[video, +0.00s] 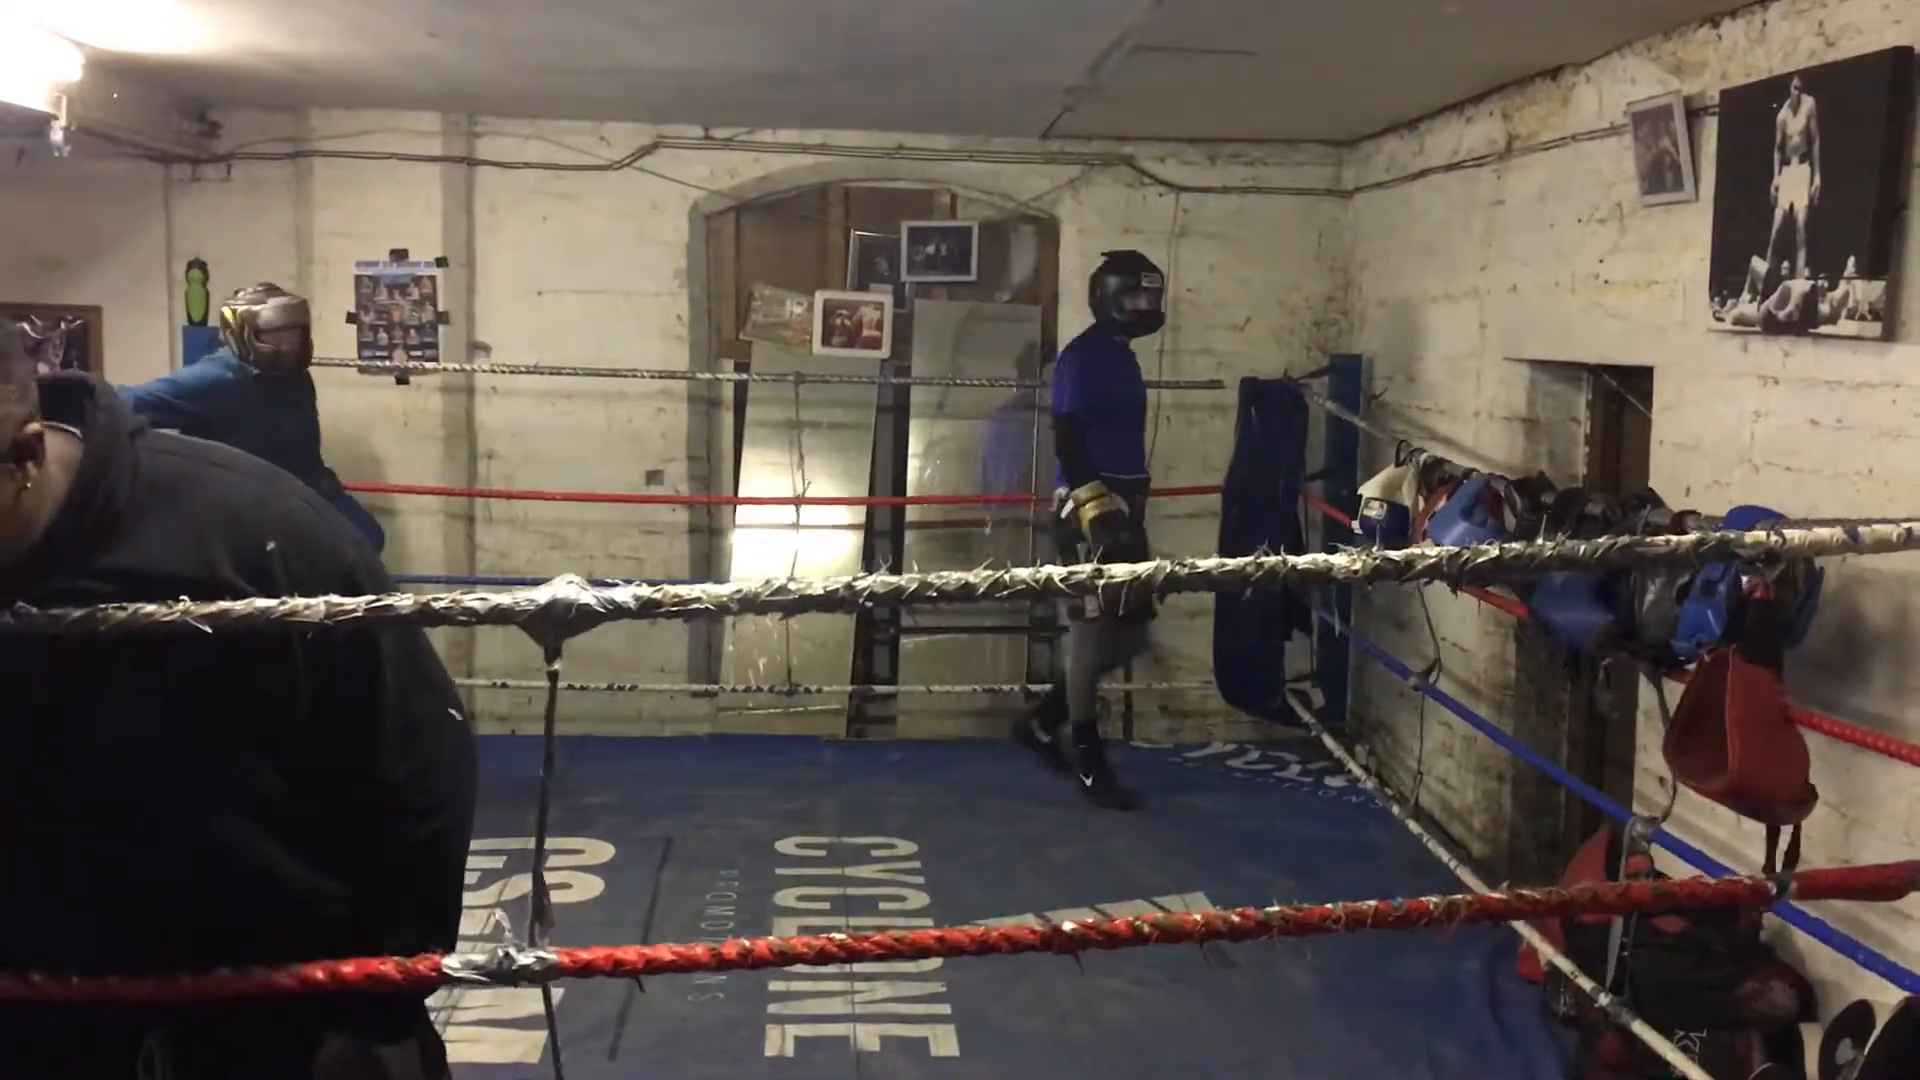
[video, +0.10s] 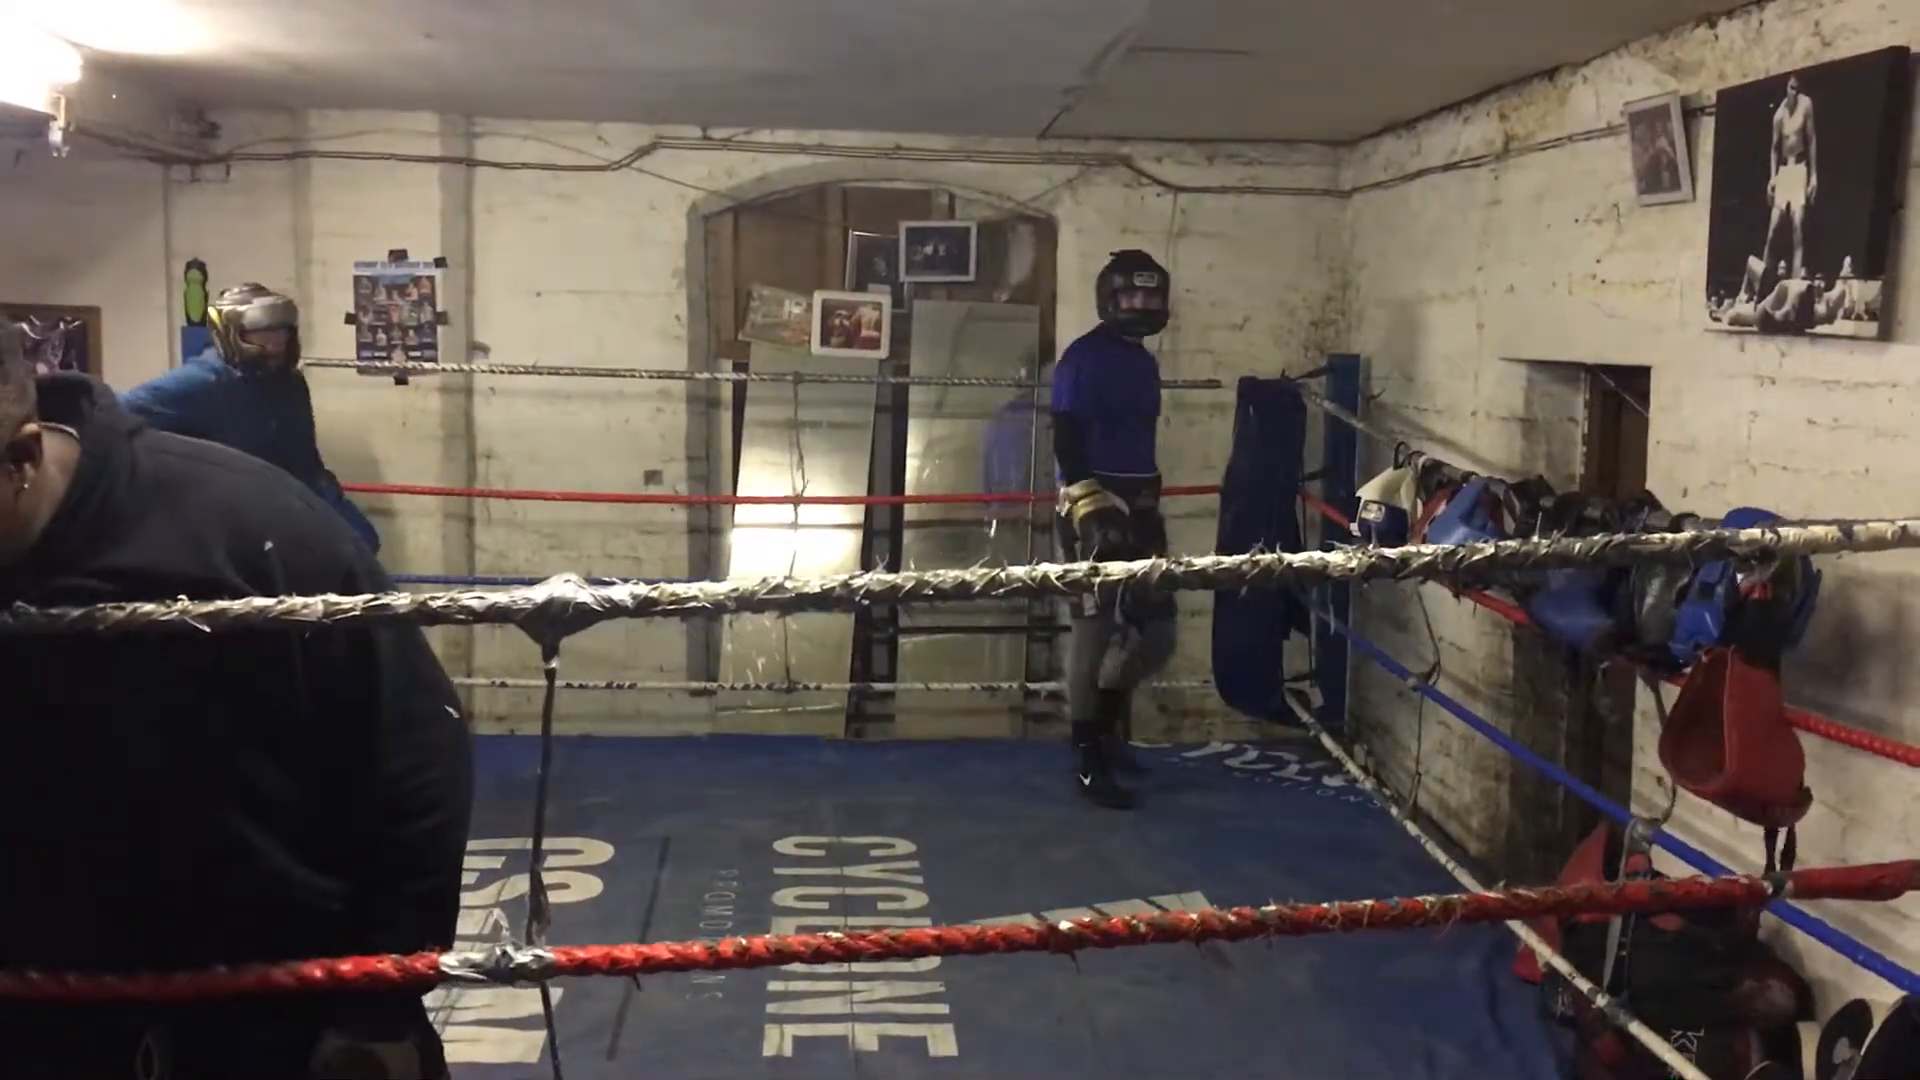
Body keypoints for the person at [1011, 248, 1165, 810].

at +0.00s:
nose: (1151, 304)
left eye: (1155, 294)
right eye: (1139, 294)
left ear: (1153, 300)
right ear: (1106, 298)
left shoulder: (1123, 356)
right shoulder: (1082, 356)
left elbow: (1121, 434)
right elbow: (1067, 437)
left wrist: (1134, 498)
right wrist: (1096, 503)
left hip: (1124, 506)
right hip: (1088, 509)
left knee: (1129, 630)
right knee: (1087, 627)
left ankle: (1046, 716)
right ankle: (1086, 754)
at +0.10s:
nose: (1143, 301)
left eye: (1153, 291)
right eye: (1131, 291)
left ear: (1164, 300)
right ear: (1108, 297)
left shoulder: (1145, 364)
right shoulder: (1081, 359)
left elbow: (1140, 441)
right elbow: (1066, 439)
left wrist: (1150, 502)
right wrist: (1093, 504)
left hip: (1138, 507)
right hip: (1091, 509)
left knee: (1156, 633)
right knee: (1092, 628)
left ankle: (1101, 722)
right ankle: (1089, 757)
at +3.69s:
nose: (1002, 297)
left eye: (1013, 288)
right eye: (1002, 288)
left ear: (1041, 295)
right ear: (1013, 296)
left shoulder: (1079, 359)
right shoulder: (1003, 357)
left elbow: (1090, 450)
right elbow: (991, 435)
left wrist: (1071, 525)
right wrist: (967, 506)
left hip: (1056, 514)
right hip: (1003, 511)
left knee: (1069, 637)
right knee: (1012, 635)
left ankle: (1088, 771)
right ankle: (1019, 760)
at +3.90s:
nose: (983, 297)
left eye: (994, 287)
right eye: (980, 287)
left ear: (1023, 293)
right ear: (979, 295)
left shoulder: (1055, 358)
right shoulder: (979, 357)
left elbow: (1068, 447)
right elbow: (967, 430)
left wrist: (1043, 514)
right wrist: (943, 500)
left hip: (1033, 510)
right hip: (979, 508)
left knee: (1051, 631)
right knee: (997, 633)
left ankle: (1086, 770)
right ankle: (1017, 759)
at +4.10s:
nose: (961, 299)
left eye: (973, 290)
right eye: (959, 290)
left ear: (1000, 297)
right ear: (960, 297)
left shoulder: (1032, 356)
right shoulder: (958, 356)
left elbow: (1049, 443)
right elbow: (943, 429)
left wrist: (1031, 519)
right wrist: (920, 501)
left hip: (1011, 510)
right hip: (959, 508)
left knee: (1010, 636)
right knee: (982, 636)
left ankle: (1059, 760)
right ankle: (1014, 756)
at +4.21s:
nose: (952, 301)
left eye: (964, 291)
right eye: (949, 291)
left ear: (991, 298)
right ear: (948, 297)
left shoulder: (1026, 356)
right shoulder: (945, 356)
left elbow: (1049, 441)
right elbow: (933, 432)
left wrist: (1030, 516)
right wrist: (911, 503)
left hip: (1007, 502)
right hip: (954, 501)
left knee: (976, 628)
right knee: (978, 631)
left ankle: (1033, 714)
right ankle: (1013, 752)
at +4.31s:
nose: (943, 301)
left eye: (955, 291)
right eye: (937, 291)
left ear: (982, 296)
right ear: (931, 296)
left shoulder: (1019, 356)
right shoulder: (938, 356)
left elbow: (1049, 439)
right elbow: (928, 430)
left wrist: (1036, 507)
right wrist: (907, 496)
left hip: (1006, 499)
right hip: (951, 500)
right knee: (955, 620)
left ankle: (1015, 749)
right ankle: (1013, 754)